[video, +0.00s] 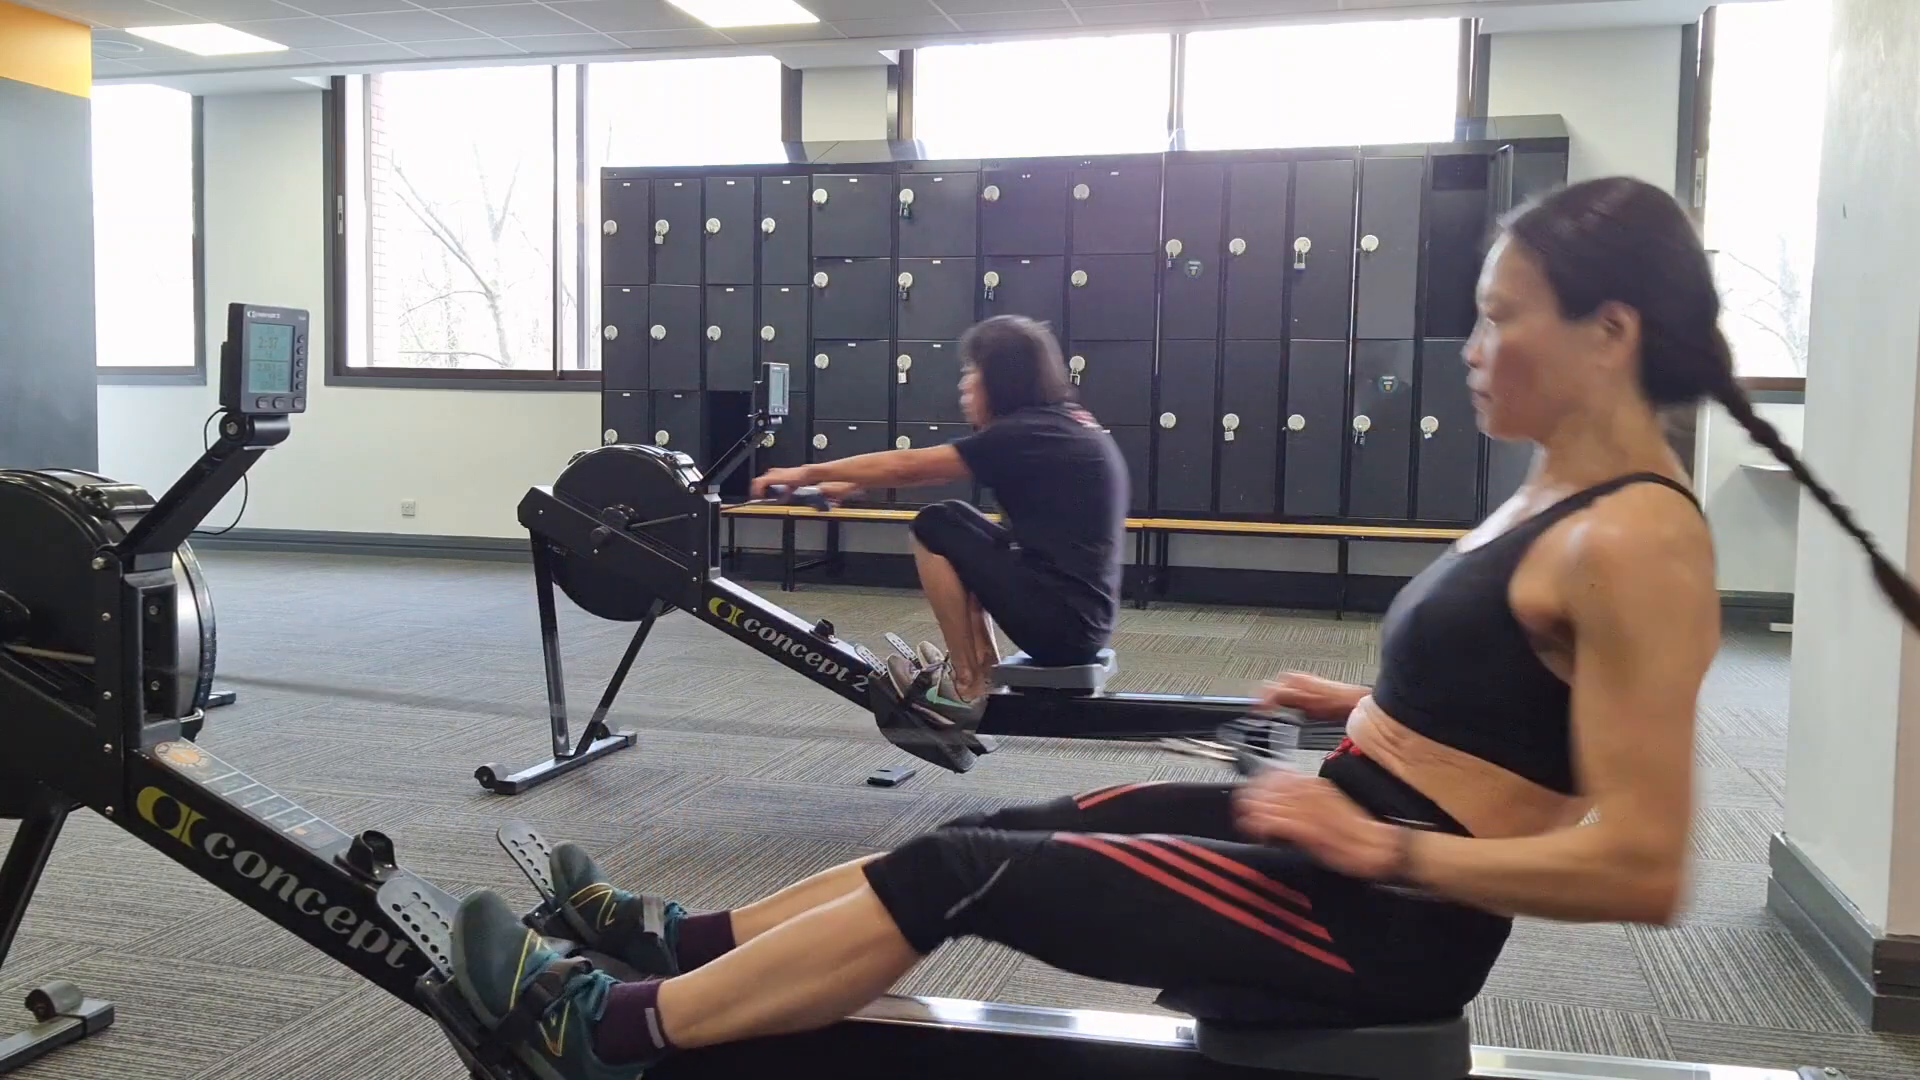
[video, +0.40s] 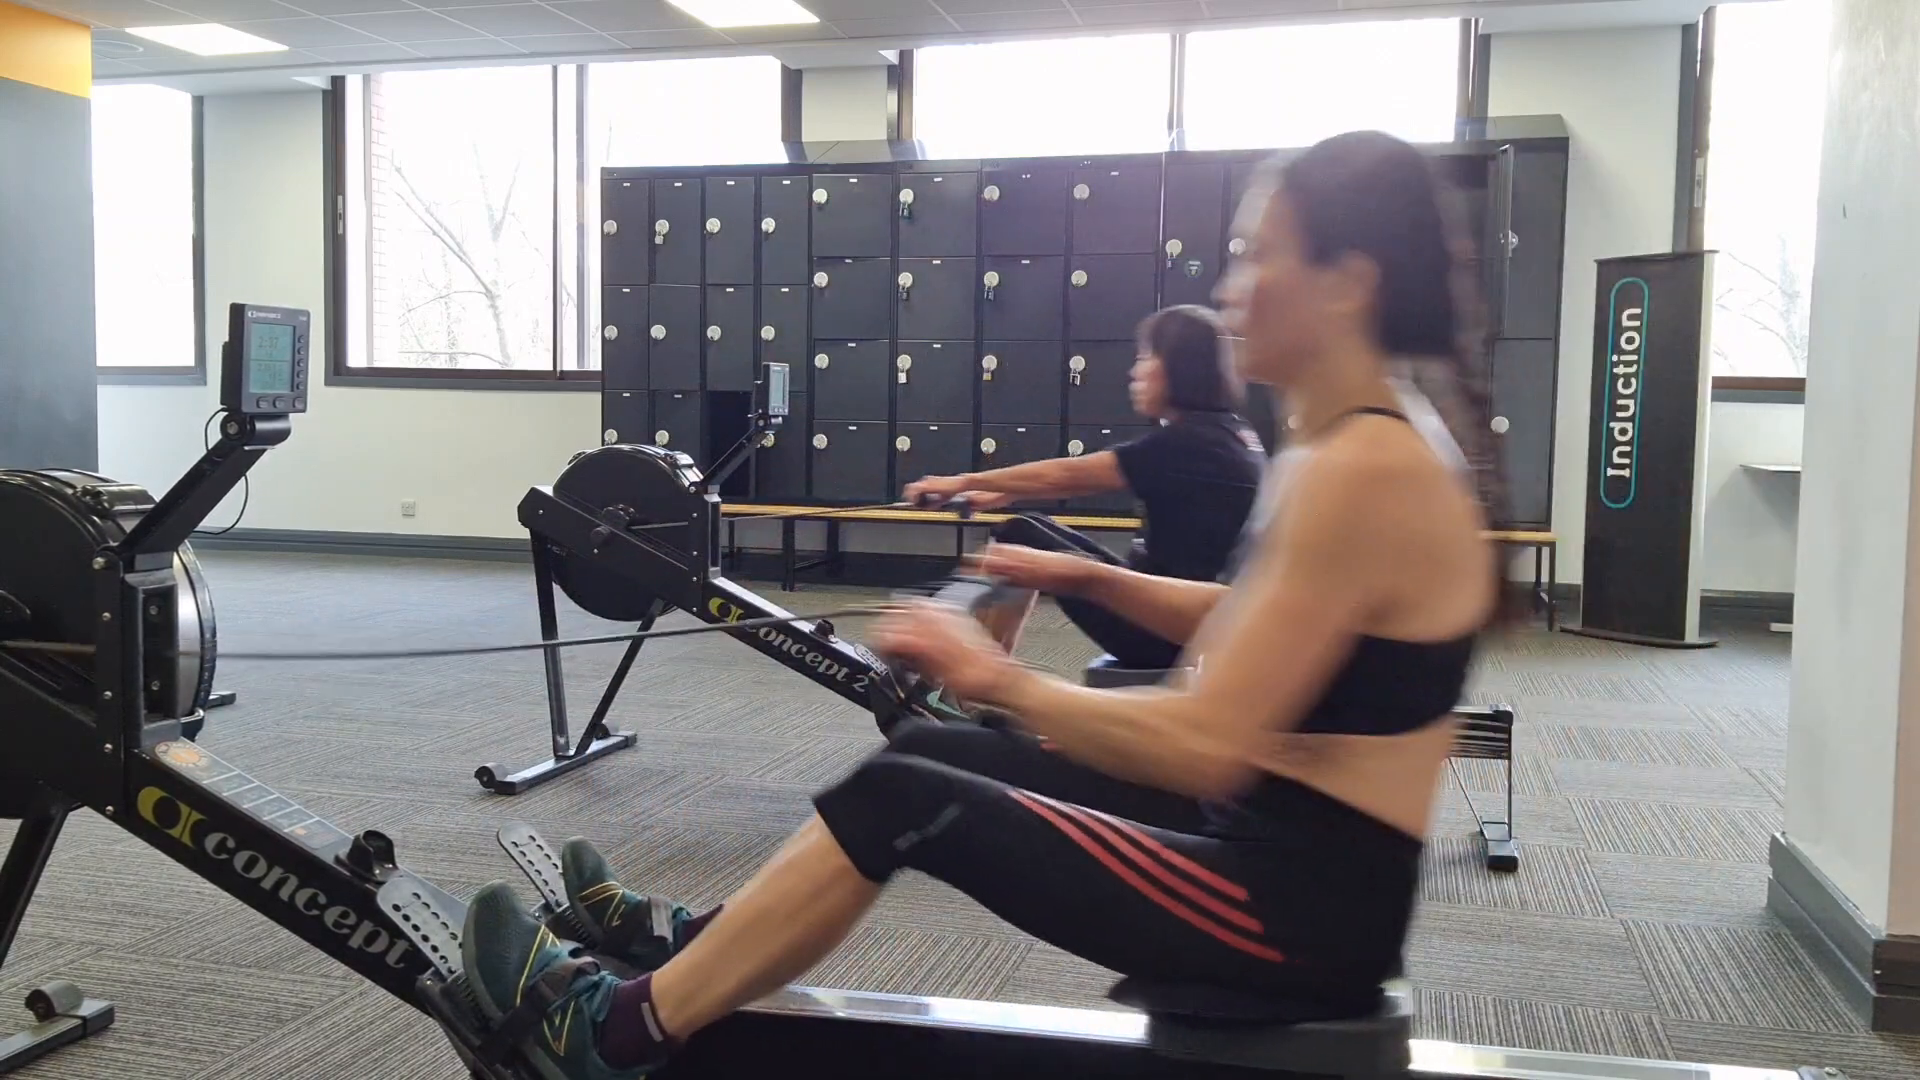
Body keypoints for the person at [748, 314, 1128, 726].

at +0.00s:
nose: (960, 387)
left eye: (968, 372)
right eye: (964, 373)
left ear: (1003, 378)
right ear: (1026, 378)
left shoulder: (1026, 433)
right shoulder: (1067, 424)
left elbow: (904, 467)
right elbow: (928, 470)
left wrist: (806, 472)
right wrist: (855, 486)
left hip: (1064, 627)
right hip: (1085, 620)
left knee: (933, 524)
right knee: (954, 520)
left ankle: (967, 684)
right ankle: (982, 666)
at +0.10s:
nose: (1006, 380)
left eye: (1015, 367)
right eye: (1008, 368)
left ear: (1050, 373)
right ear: (1074, 373)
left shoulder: (1059, 436)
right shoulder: (1109, 427)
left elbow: (944, 473)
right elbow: (964, 476)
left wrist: (842, 480)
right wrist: (895, 494)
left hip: (1084, 631)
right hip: (1108, 624)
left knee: (956, 525)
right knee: (972, 516)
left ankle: (967, 687)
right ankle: (989, 674)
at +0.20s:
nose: (1048, 376)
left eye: (1058, 362)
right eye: (1052, 362)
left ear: (1091, 372)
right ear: (1114, 374)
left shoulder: (1100, 438)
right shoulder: (1148, 434)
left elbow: (988, 475)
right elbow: (1004, 482)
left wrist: (881, 483)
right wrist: (925, 497)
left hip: (1107, 630)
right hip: (1134, 625)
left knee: (976, 523)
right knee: (988, 521)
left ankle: (967, 690)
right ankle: (987, 680)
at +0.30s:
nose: (1090, 371)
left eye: (1101, 359)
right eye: (1094, 358)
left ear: (1132, 368)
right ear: (1161, 371)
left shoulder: (1144, 438)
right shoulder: (1193, 435)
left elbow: (1028, 473)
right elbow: (1049, 478)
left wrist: (919, 482)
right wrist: (964, 497)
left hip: (1130, 629)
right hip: (1161, 624)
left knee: (996, 528)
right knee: (1013, 528)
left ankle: (966, 693)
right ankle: (985, 686)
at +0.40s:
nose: (1133, 371)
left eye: (1144, 358)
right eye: (1138, 358)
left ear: (1176, 368)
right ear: (1196, 368)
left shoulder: (1184, 442)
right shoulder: (1231, 434)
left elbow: (1068, 476)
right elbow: (1087, 480)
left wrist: (959, 482)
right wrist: (1007, 497)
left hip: (1171, 641)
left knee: (1021, 532)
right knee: (1039, 528)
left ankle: (982, 675)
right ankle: (986, 675)